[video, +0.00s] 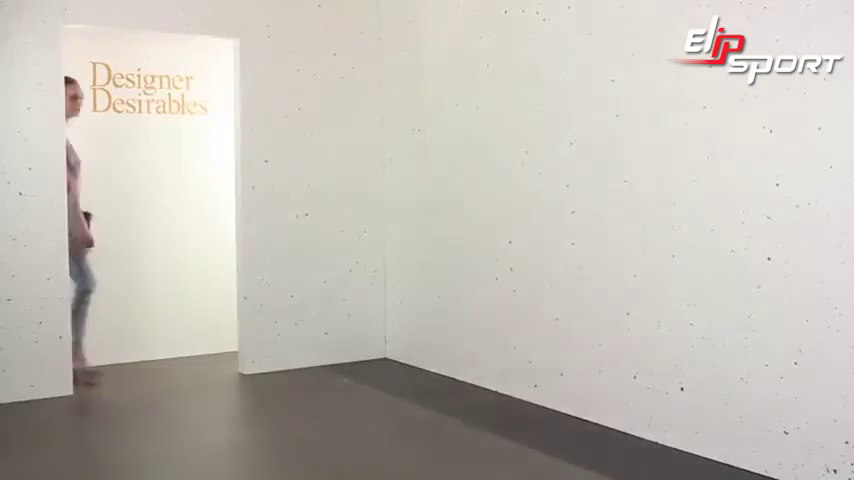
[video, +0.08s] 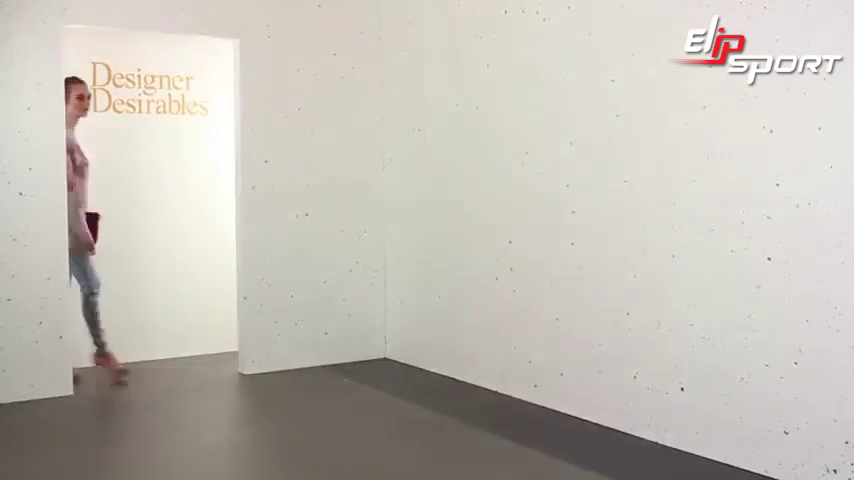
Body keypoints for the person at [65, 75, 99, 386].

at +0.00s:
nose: (78, 104)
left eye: (79, 98)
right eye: (73, 98)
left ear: (75, 102)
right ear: (58, 100)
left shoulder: (62, 140)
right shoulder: (57, 140)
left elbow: (68, 190)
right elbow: (65, 192)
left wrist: (80, 218)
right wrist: (78, 229)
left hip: (69, 228)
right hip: (63, 230)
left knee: (85, 284)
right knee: (85, 284)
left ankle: (76, 355)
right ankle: (75, 355)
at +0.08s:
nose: (86, 104)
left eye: (87, 98)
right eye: (80, 98)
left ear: (83, 102)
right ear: (65, 100)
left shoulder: (70, 139)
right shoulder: (62, 139)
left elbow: (75, 187)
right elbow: (68, 189)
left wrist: (84, 225)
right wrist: (79, 228)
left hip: (74, 224)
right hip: (68, 226)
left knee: (88, 287)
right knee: (91, 285)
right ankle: (102, 351)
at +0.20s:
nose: (98, 103)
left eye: (99, 98)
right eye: (91, 98)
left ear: (99, 102)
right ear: (76, 103)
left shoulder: (83, 139)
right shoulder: (70, 140)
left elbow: (84, 190)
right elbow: (72, 192)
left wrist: (97, 230)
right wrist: (84, 234)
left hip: (85, 229)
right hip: (76, 231)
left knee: (67, 292)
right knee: (100, 289)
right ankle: (120, 353)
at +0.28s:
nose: (105, 104)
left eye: (107, 98)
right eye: (98, 98)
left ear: (109, 103)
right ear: (83, 103)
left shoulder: (95, 138)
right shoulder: (78, 138)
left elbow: (94, 190)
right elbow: (79, 190)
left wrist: (107, 226)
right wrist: (87, 234)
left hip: (95, 228)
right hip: (87, 230)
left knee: (78, 291)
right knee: (107, 290)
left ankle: (54, 350)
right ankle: (123, 354)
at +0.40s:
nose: (115, 102)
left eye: (117, 96)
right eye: (108, 97)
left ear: (120, 100)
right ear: (94, 102)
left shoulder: (112, 139)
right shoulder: (87, 138)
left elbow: (115, 189)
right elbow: (87, 189)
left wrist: (129, 225)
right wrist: (93, 234)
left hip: (117, 224)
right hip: (98, 226)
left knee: (115, 289)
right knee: (110, 290)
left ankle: (80, 343)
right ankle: (123, 355)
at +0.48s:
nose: (120, 101)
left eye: (123, 96)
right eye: (114, 97)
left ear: (126, 100)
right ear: (100, 102)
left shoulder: (122, 141)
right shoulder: (92, 140)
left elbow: (125, 191)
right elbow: (92, 191)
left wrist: (137, 228)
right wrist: (100, 236)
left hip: (127, 226)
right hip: (104, 228)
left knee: (133, 288)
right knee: (111, 290)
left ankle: (108, 339)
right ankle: (124, 357)